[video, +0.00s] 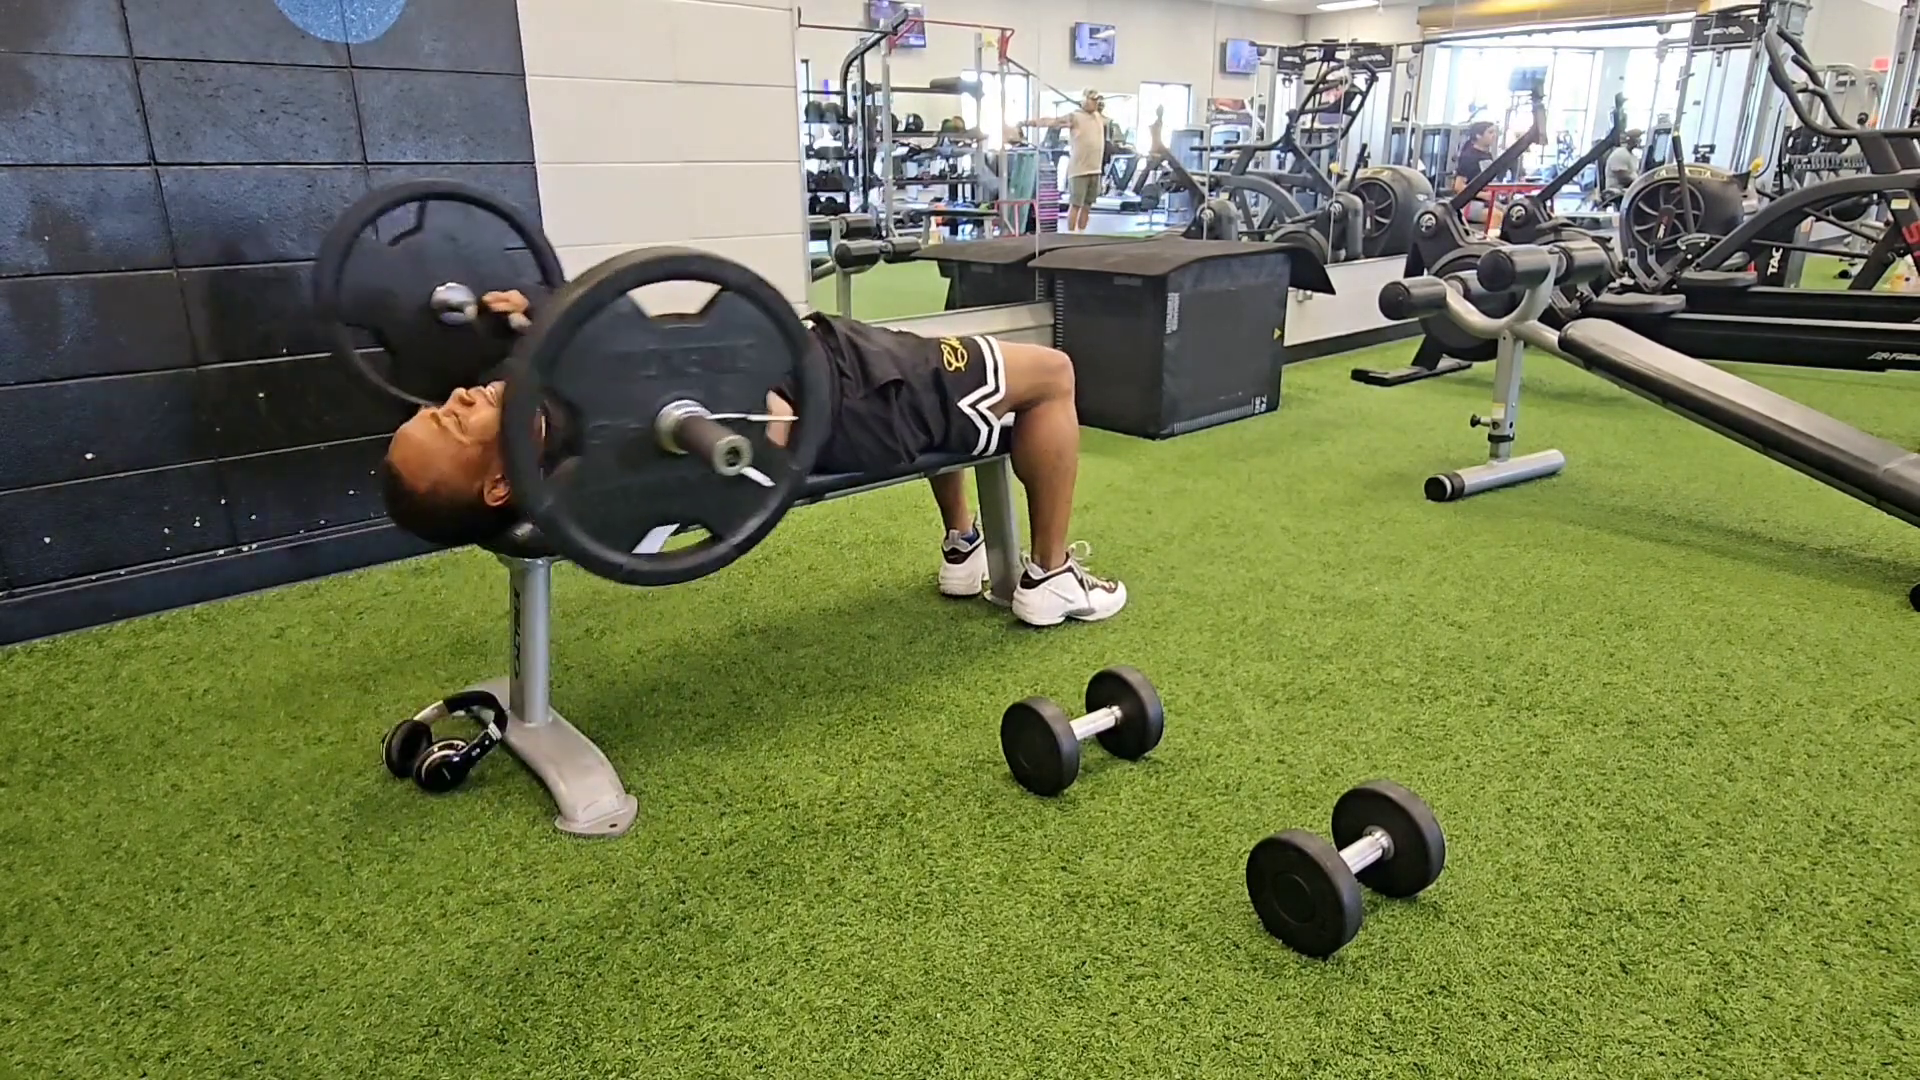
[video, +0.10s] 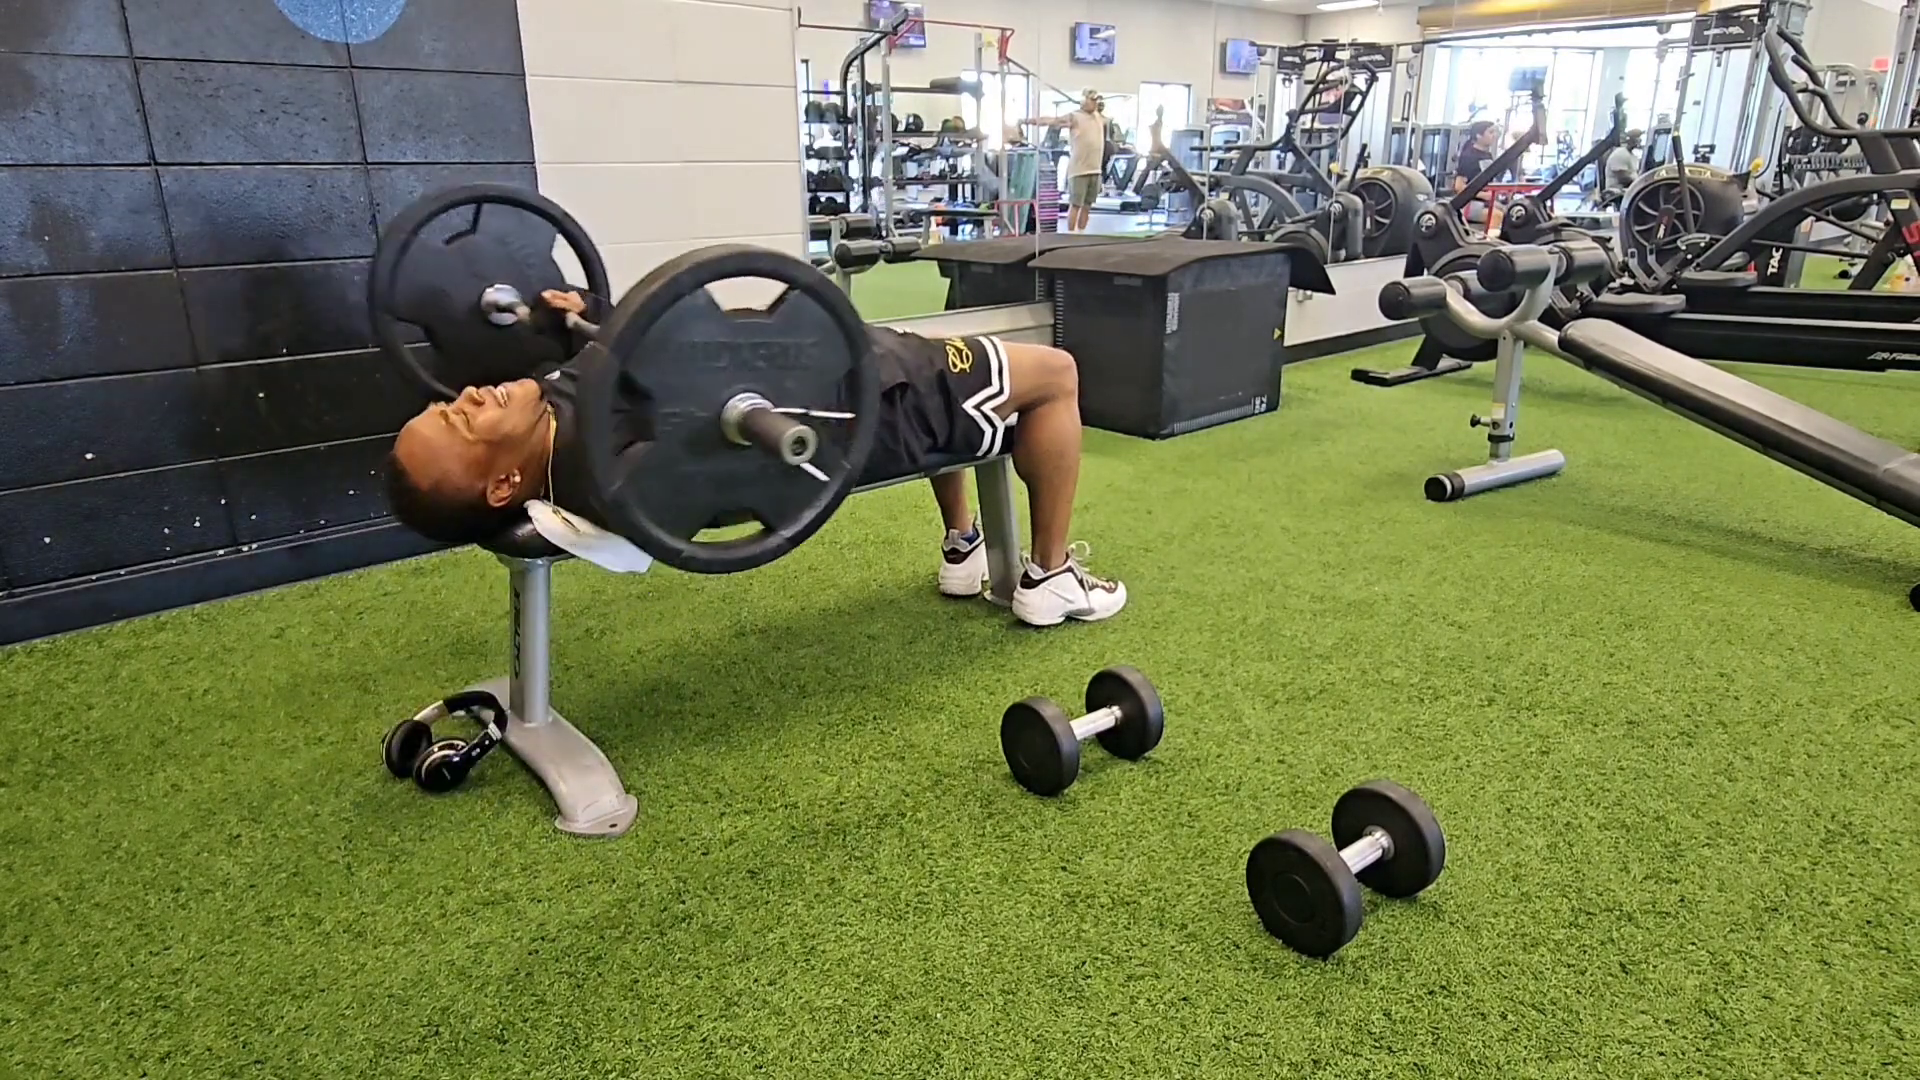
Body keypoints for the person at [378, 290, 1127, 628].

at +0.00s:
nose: (469, 393)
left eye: (448, 402)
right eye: (459, 418)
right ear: (499, 485)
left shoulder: (532, 404)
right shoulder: (587, 481)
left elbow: (611, 339)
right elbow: (692, 475)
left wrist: (538, 318)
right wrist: (762, 446)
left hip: (792, 356)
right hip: (839, 410)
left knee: (937, 345)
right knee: (1050, 372)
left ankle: (965, 545)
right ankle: (1053, 576)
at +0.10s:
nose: (479, 390)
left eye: (457, 401)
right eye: (471, 417)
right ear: (508, 483)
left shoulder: (548, 405)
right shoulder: (608, 474)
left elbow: (640, 379)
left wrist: (583, 326)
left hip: (793, 366)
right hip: (844, 420)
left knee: (933, 341)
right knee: (1053, 372)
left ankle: (965, 545)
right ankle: (1052, 577)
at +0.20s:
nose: (481, 388)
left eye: (457, 399)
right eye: (471, 416)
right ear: (507, 485)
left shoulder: (542, 394)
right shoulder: (605, 470)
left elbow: (659, 368)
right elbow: (732, 491)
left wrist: (608, 326)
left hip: (782, 366)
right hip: (839, 422)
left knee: (935, 341)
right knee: (1053, 372)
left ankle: (964, 545)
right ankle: (1051, 579)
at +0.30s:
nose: (487, 386)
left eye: (462, 395)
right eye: (476, 415)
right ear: (511, 485)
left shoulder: (539, 396)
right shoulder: (632, 483)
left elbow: (629, 356)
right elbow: (791, 520)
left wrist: (615, 331)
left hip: (779, 372)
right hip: (840, 429)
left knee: (932, 343)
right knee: (1055, 375)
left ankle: (965, 547)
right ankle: (1049, 580)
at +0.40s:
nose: (487, 383)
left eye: (463, 394)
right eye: (475, 412)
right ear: (511, 482)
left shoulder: (549, 396)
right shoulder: (622, 480)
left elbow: (647, 356)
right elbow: (792, 492)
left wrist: (626, 317)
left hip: (788, 372)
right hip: (849, 428)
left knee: (941, 342)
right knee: (1060, 376)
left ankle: (965, 545)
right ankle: (1051, 579)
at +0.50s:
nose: (478, 386)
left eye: (452, 398)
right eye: (466, 410)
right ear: (505, 477)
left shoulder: (546, 399)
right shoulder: (609, 473)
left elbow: (619, 339)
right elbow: (730, 474)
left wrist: (611, 282)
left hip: (772, 370)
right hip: (832, 423)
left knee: (940, 345)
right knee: (1055, 379)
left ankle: (965, 547)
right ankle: (1048, 580)